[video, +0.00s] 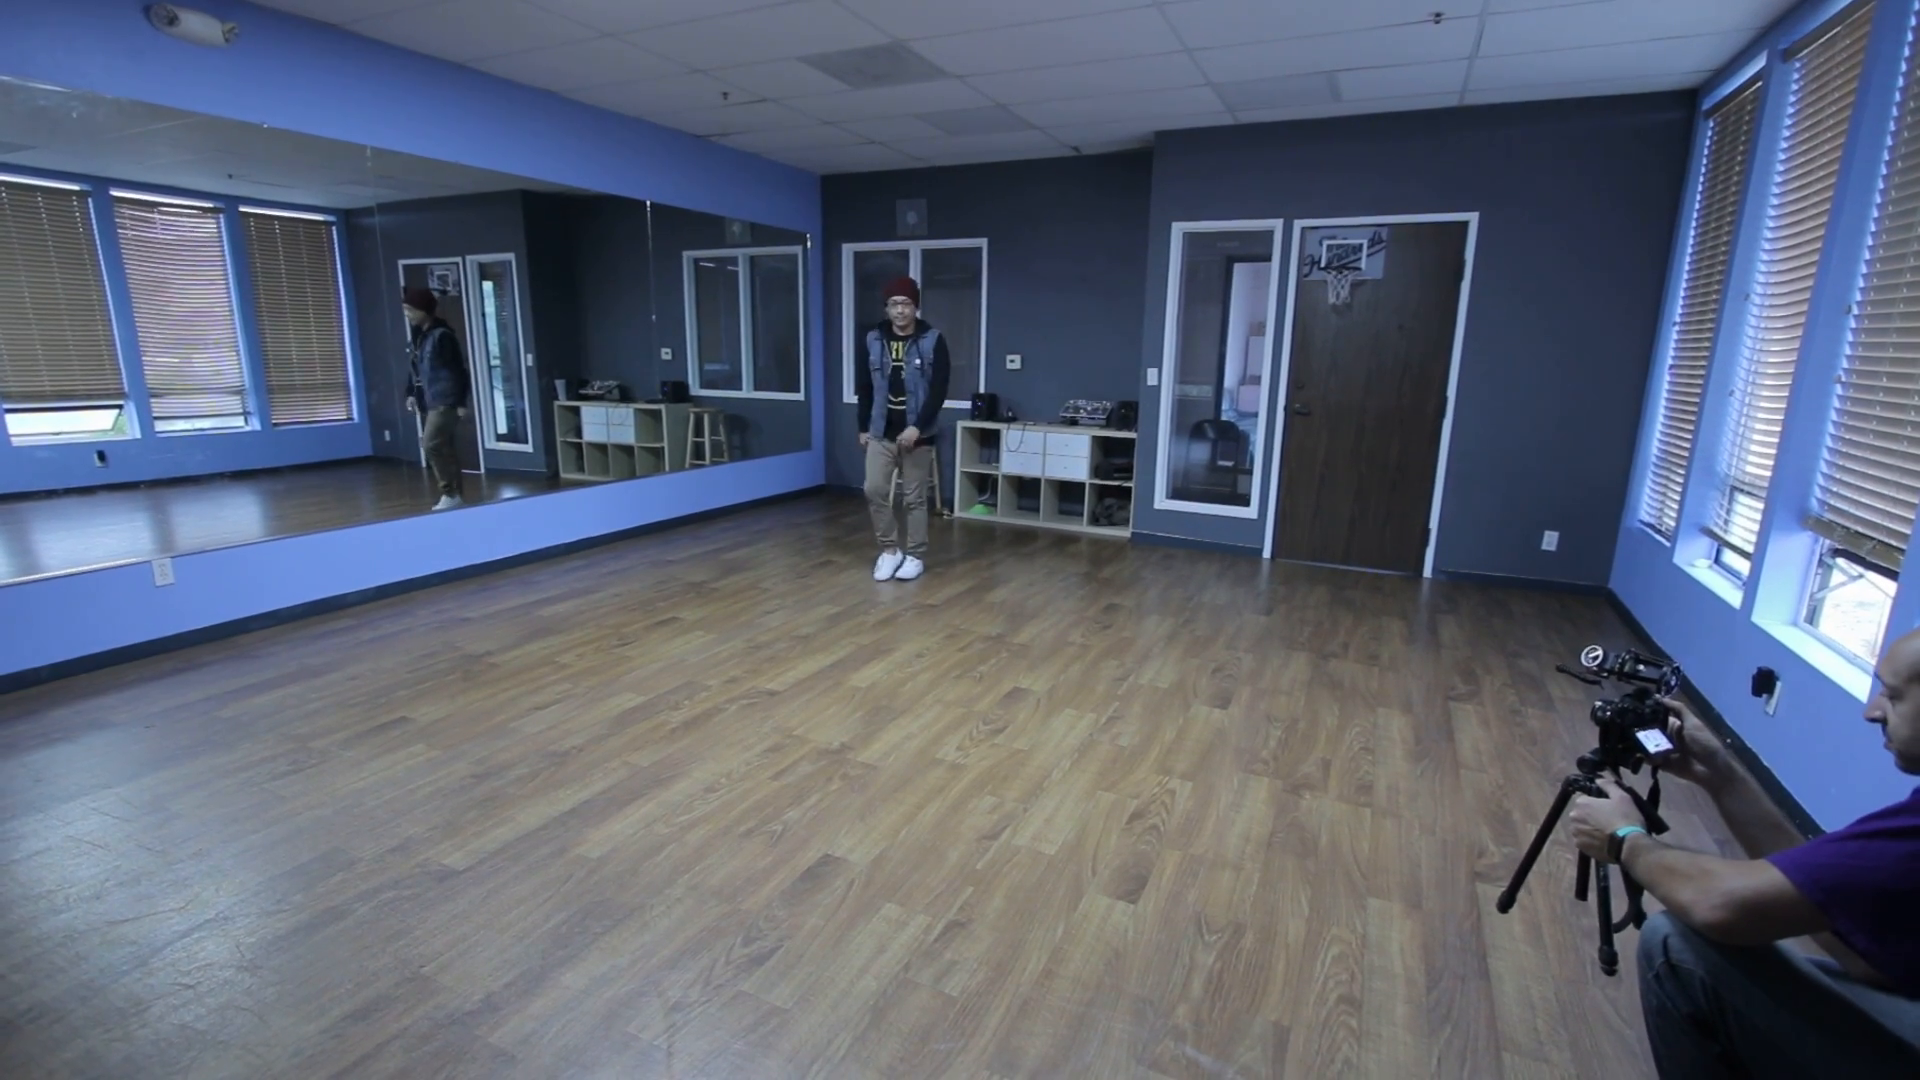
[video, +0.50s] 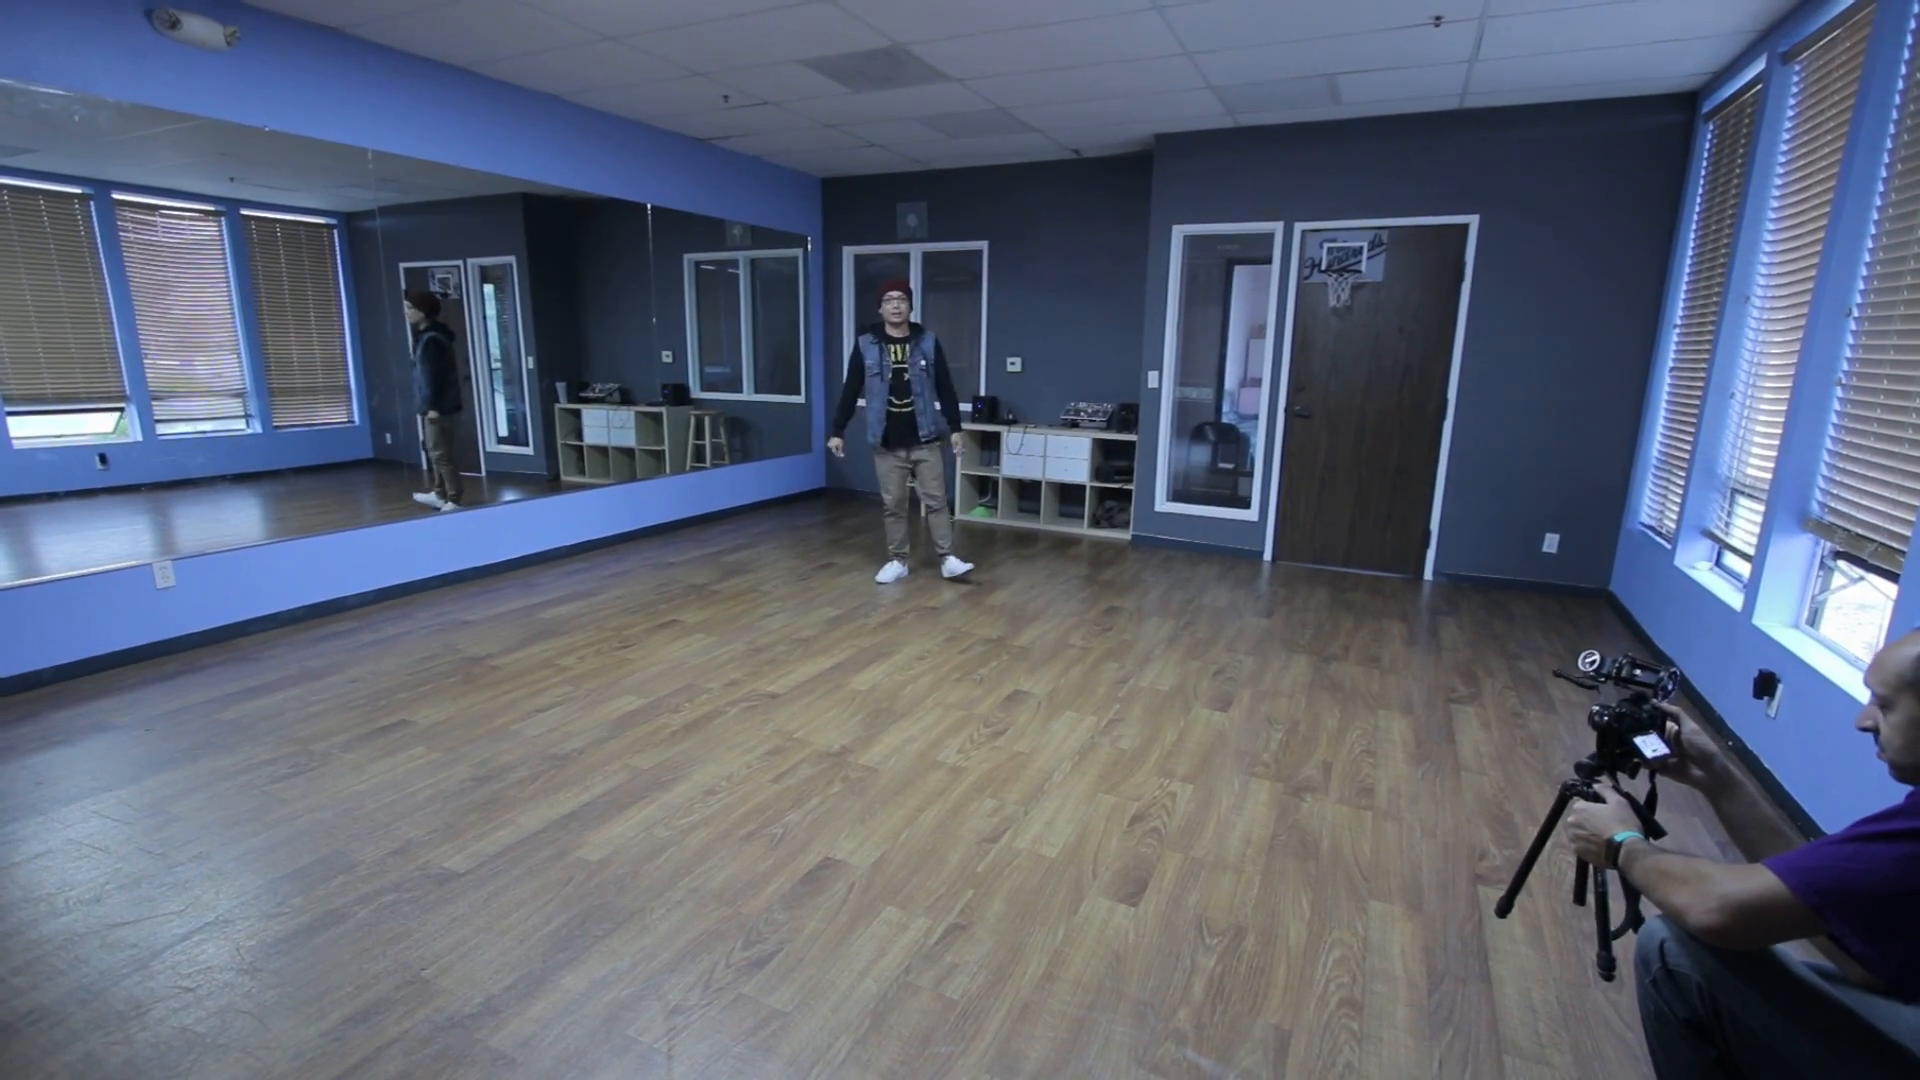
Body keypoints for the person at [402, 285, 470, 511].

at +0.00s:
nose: (406, 314)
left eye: (410, 309)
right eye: (406, 309)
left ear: (423, 310)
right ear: (416, 311)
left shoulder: (443, 335)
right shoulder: (419, 336)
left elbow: (457, 370)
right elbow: (417, 370)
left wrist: (461, 401)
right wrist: (412, 394)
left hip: (446, 400)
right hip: (430, 400)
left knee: (432, 444)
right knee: (443, 446)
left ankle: (450, 492)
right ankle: (453, 491)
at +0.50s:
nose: (407, 313)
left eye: (410, 309)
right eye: (406, 309)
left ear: (423, 312)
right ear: (423, 312)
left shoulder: (432, 340)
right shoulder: (426, 337)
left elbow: (433, 376)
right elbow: (428, 375)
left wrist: (432, 406)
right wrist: (425, 404)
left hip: (439, 406)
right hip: (433, 404)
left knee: (439, 452)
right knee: (433, 451)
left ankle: (453, 497)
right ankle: (438, 491)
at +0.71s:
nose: (404, 315)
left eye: (408, 311)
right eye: (404, 310)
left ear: (420, 314)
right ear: (422, 314)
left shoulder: (424, 342)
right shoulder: (437, 335)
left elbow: (416, 378)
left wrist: (403, 407)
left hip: (435, 405)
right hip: (439, 402)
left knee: (433, 453)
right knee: (419, 442)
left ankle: (452, 499)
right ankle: (427, 490)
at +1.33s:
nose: (371, 320)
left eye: (374, 316)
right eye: (372, 316)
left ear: (387, 318)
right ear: (390, 318)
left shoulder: (393, 342)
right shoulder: (404, 338)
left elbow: (390, 379)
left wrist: (381, 410)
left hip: (413, 408)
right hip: (411, 407)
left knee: (419, 454)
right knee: (399, 452)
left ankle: (444, 498)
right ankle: (419, 496)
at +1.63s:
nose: (358, 316)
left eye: (361, 311)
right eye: (358, 311)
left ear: (373, 312)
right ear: (373, 313)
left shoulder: (386, 336)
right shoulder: (382, 335)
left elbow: (394, 370)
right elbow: (386, 374)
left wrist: (397, 400)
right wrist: (382, 401)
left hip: (401, 404)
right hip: (405, 403)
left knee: (399, 450)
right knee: (410, 451)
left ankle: (409, 497)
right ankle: (421, 497)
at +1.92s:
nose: (351, 320)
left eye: (354, 316)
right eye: (351, 316)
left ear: (363, 318)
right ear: (372, 317)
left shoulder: (373, 341)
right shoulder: (385, 336)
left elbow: (382, 378)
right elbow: (387, 377)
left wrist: (381, 411)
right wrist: (386, 406)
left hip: (388, 410)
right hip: (400, 408)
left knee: (370, 451)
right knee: (398, 452)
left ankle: (375, 500)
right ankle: (421, 496)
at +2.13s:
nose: (334, 321)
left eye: (337, 316)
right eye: (335, 316)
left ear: (349, 318)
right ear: (358, 318)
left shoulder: (355, 343)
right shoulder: (375, 336)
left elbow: (360, 382)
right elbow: (386, 376)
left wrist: (357, 415)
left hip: (370, 413)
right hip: (388, 409)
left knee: (359, 458)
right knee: (397, 454)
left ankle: (348, 505)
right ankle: (422, 497)